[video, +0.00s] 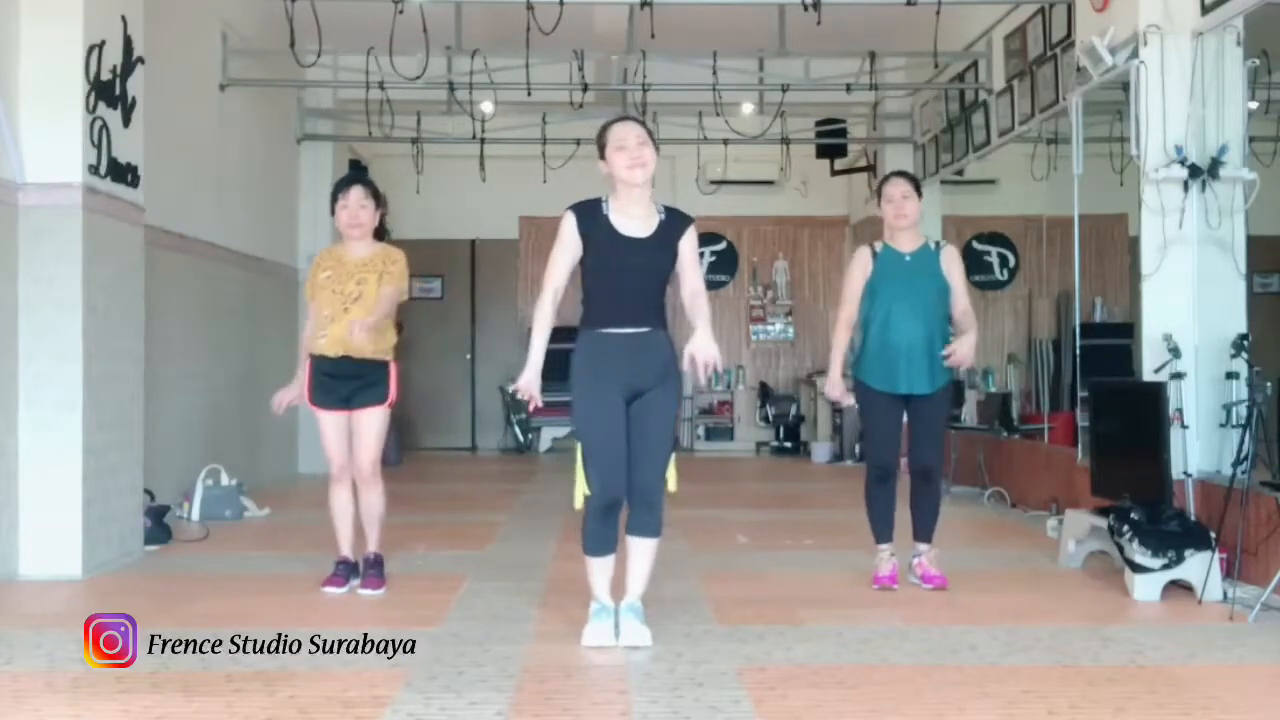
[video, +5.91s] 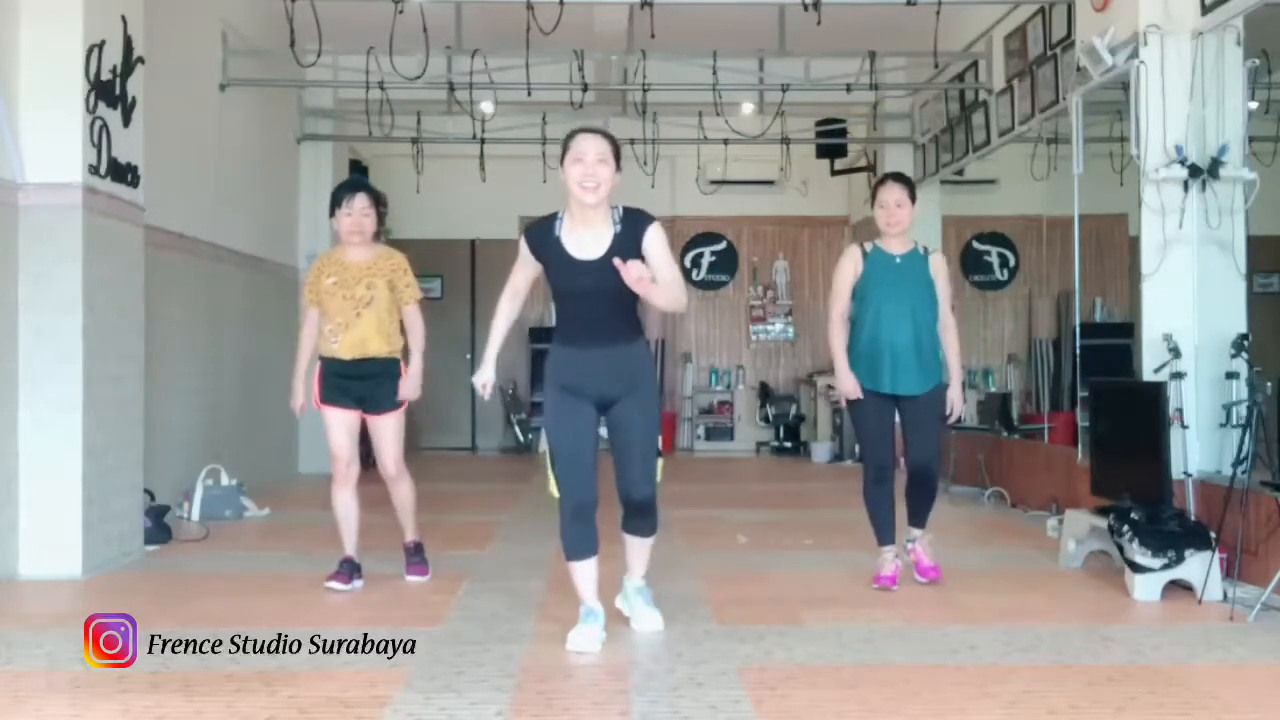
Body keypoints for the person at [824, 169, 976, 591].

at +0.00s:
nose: (898, 205)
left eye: (906, 198)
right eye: (890, 199)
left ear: (921, 204)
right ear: (880, 208)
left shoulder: (945, 256)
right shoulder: (867, 257)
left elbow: (962, 312)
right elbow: (845, 318)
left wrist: (969, 337)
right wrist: (835, 370)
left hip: (932, 380)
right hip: (878, 379)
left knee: (927, 467)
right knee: (881, 465)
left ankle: (923, 553)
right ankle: (884, 554)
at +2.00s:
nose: (908, 204)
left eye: (916, 197)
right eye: (901, 198)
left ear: (933, 205)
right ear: (892, 207)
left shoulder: (956, 255)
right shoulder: (876, 256)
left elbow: (973, 308)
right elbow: (854, 314)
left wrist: (986, 348)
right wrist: (842, 369)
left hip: (941, 380)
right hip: (887, 379)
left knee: (933, 466)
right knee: (888, 465)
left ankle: (925, 552)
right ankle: (887, 552)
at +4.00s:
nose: (902, 211)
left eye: (910, 203)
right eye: (894, 204)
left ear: (924, 208)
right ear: (884, 212)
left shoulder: (948, 257)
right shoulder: (870, 260)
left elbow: (968, 308)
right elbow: (852, 320)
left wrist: (982, 329)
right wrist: (846, 372)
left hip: (936, 381)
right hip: (882, 381)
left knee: (930, 466)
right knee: (884, 465)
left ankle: (923, 553)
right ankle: (887, 552)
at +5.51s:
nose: (897, 212)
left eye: (906, 205)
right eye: (891, 205)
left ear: (923, 209)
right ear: (883, 210)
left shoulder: (943, 262)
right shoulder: (864, 258)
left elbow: (954, 325)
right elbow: (844, 320)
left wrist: (964, 381)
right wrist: (837, 376)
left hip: (927, 384)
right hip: (870, 383)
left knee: (926, 468)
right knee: (880, 465)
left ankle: (921, 554)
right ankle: (885, 555)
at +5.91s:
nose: (890, 213)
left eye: (899, 205)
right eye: (883, 205)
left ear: (913, 210)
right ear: (873, 210)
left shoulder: (933, 261)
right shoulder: (856, 256)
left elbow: (946, 321)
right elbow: (837, 317)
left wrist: (955, 380)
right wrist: (842, 371)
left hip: (924, 380)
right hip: (869, 381)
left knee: (925, 466)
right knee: (879, 466)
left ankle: (917, 539)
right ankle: (887, 553)